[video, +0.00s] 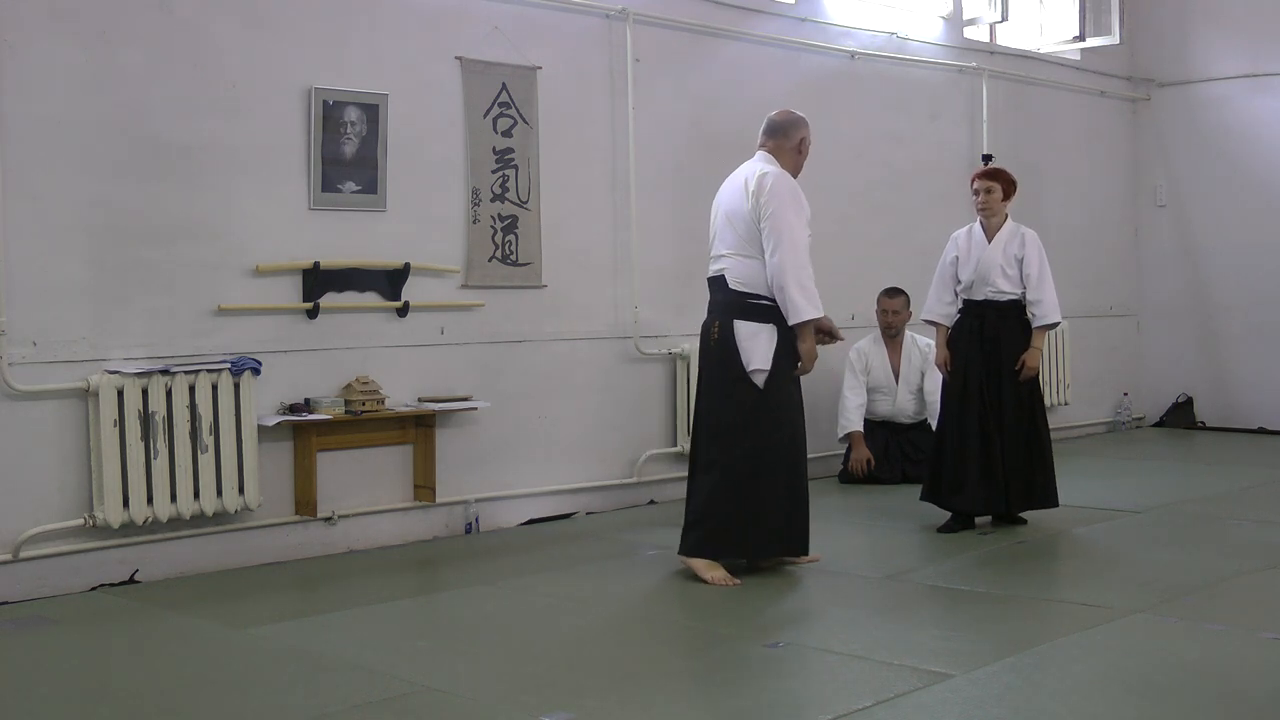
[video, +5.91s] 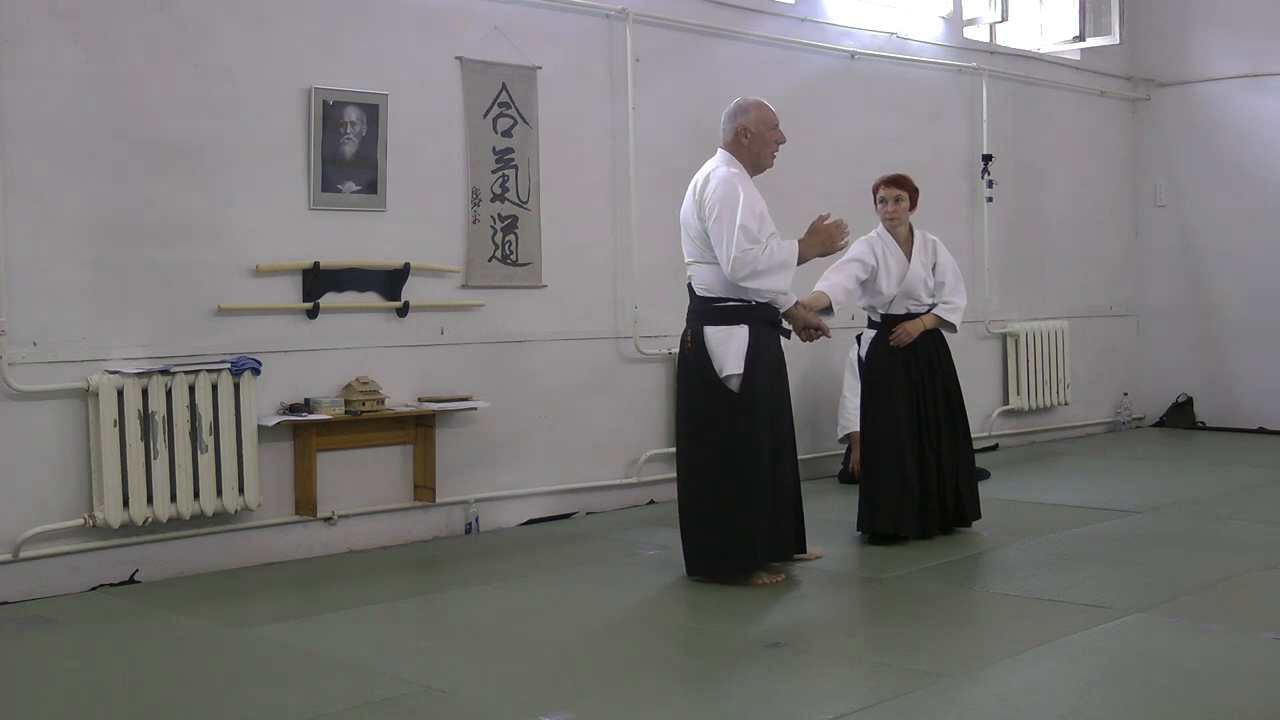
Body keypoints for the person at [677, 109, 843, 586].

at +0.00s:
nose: (808, 158)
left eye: (807, 149)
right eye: (808, 149)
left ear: (764, 141)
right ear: (799, 145)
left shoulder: (741, 179)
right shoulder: (777, 183)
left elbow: (767, 262)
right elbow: (787, 262)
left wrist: (811, 316)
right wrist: (804, 331)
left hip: (734, 317)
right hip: (753, 321)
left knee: (772, 434)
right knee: (737, 436)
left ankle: (770, 542)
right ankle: (700, 548)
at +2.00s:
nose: (794, 137)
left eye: (793, 129)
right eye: (786, 129)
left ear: (753, 133)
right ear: (754, 133)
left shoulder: (743, 179)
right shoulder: (738, 182)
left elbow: (770, 260)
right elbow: (746, 264)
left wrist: (813, 298)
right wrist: (770, 334)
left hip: (745, 327)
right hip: (736, 332)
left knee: (753, 444)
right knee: (742, 447)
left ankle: (755, 555)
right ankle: (736, 561)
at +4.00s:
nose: (780, 137)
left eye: (778, 129)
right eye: (771, 129)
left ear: (739, 133)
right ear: (740, 133)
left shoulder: (735, 181)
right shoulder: (725, 183)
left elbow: (757, 263)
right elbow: (732, 264)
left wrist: (797, 302)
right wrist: (761, 331)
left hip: (748, 327)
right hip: (725, 331)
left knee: (769, 440)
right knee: (733, 448)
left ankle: (780, 541)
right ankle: (735, 560)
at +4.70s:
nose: (776, 138)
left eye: (774, 129)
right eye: (768, 129)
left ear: (735, 134)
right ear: (737, 134)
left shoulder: (725, 180)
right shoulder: (721, 182)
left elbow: (742, 263)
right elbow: (735, 258)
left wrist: (790, 306)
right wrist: (794, 264)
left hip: (748, 325)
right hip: (727, 329)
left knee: (769, 438)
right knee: (734, 446)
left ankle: (776, 541)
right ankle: (734, 561)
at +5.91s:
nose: (781, 140)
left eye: (779, 132)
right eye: (773, 131)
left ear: (740, 135)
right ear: (743, 135)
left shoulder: (728, 179)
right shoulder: (725, 182)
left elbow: (747, 265)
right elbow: (741, 263)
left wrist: (790, 309)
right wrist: (804, 248)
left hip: (749, 325)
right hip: (728, 328)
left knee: (766, 438)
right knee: (732, 444)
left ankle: (775, 540)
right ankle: (731, 560)